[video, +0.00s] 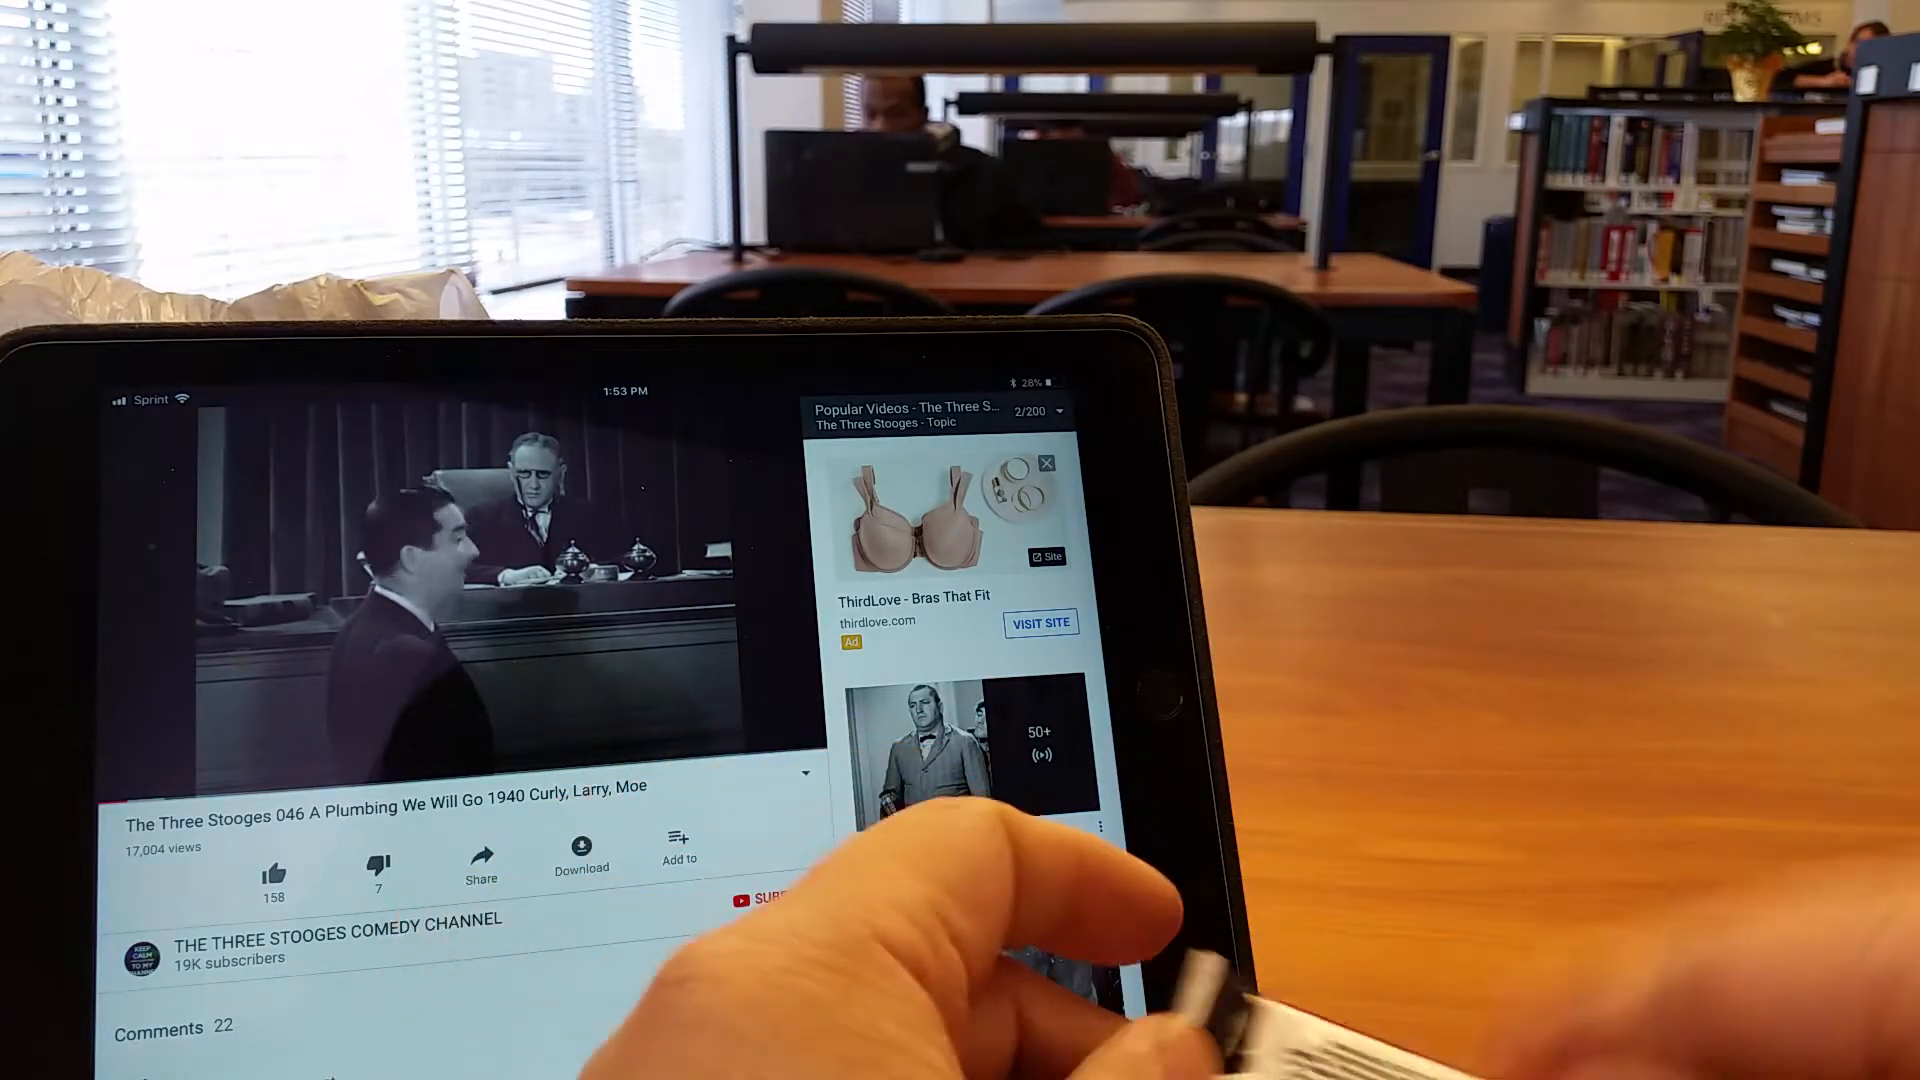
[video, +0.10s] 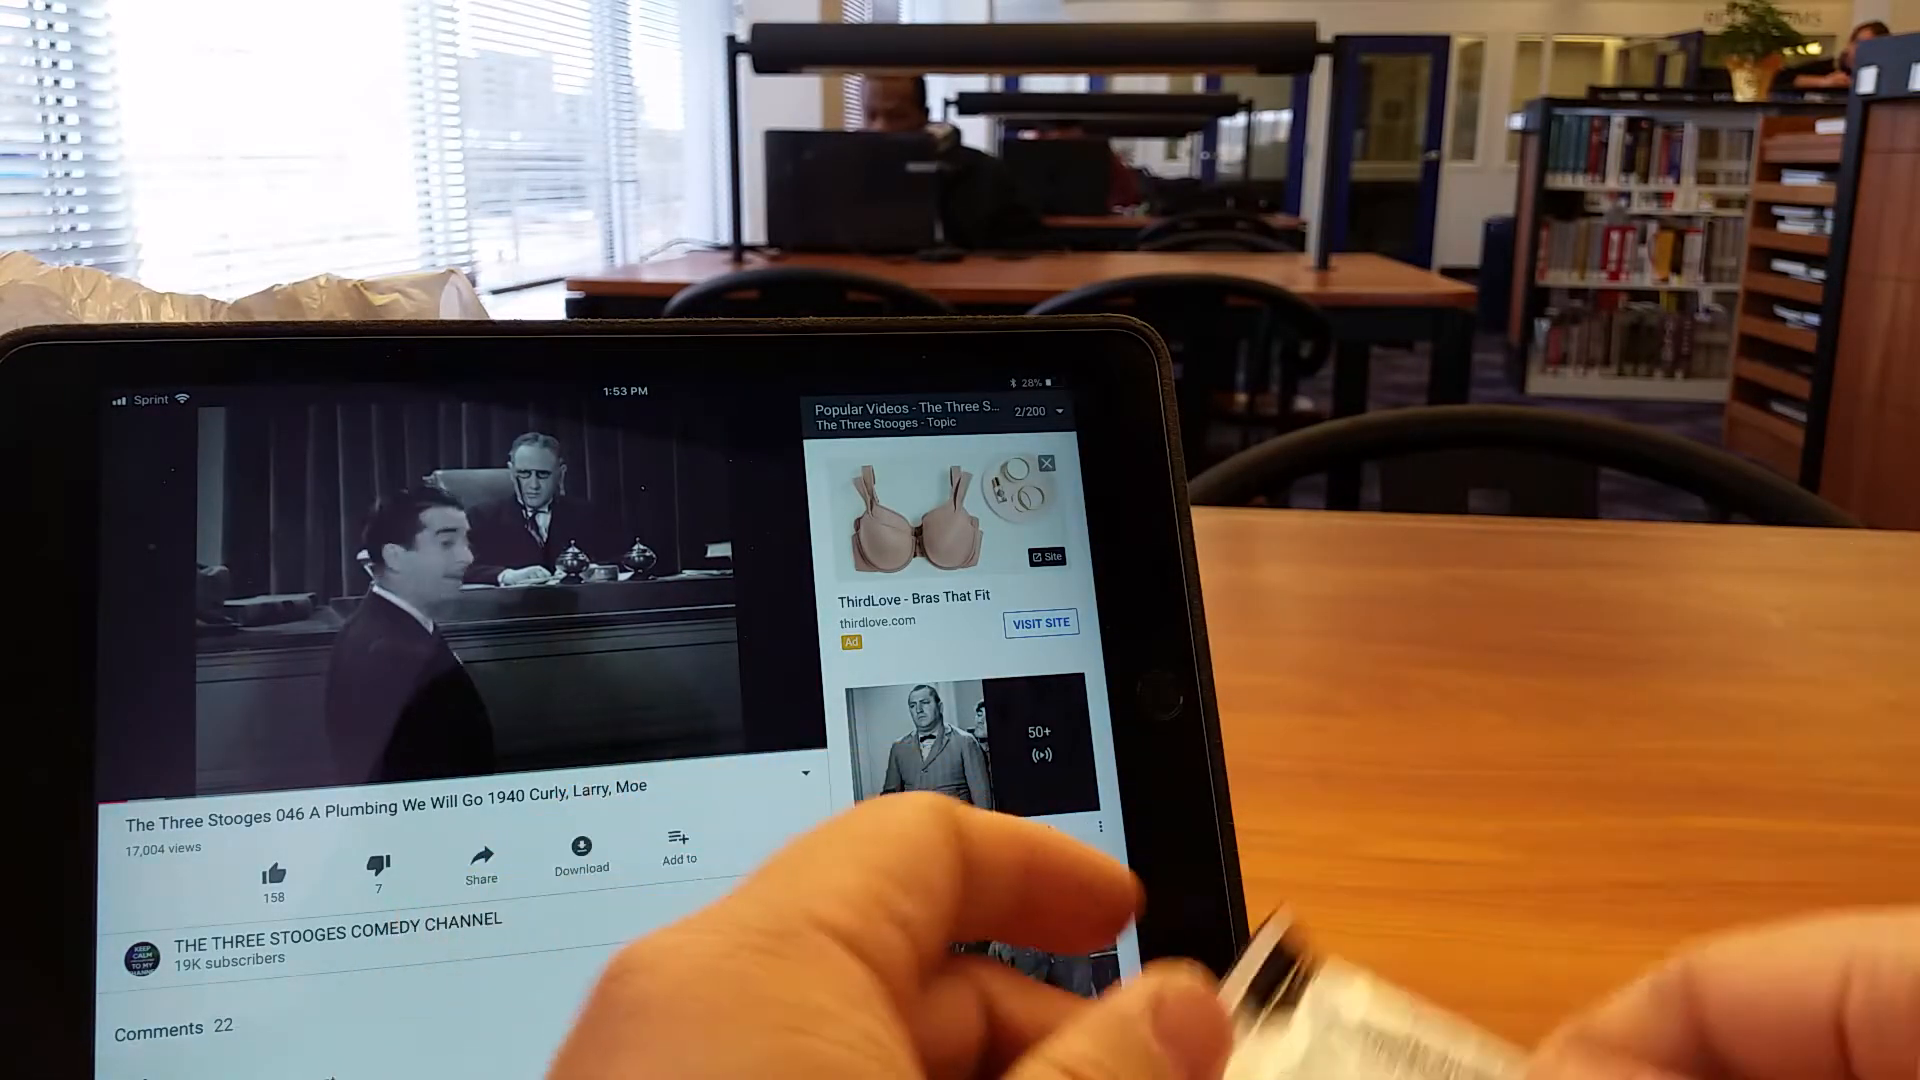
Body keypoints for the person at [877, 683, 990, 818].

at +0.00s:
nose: (919, 710)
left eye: (925, 703)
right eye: (913, 705)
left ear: (939, 706)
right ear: (910, 712)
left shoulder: (965, 743)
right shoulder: (899, 749)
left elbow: (982, 797)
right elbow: (891, 793)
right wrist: (888, 801)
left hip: (958, 824)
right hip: (915, 826)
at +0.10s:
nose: (919, 710)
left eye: (925, 703)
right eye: (913, 706)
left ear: (939, 707)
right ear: (909, 711)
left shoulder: (964, 743)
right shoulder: (899, 749)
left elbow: (981, 795)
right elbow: (890, 796)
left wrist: (982, 835)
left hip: (955, 823)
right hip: (913, 826)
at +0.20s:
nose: (919, 710)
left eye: (925, 703)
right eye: (913, 705)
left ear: (939, 706)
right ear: (909, 712)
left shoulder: (965, 742)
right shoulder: (900, 749)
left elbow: (981, 795)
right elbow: (892, 790)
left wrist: (978, 834)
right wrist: (887, 799)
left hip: (957, 833)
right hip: (915, 834)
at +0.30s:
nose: (919, 710)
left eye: (925, 703)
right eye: (913, 705)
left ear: (939, 706)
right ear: (909, 711)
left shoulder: (964, 742)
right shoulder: (899, 748)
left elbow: (981, 794)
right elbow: (891, 795)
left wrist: (979, 834)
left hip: (955, 832)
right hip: (910, 835)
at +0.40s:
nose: (919, 709)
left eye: (925, 703)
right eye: (913, 705)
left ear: (939, 706)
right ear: (909, 711)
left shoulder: (964, 742)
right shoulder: (899, 748)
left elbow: (981, 796)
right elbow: (890, 794)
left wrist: (979, 835)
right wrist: (887, 839)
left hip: (955, 833)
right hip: (910, 836)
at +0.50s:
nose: (919, 709)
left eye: (925, 703)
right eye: (913, 705)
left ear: (939, 706)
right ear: (909, 711)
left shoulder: (964, 742)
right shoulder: (899, 748)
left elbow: (981, 795)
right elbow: (890, 795)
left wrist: (979, 835)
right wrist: (887, 839)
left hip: (955, 832)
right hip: (910, 836)